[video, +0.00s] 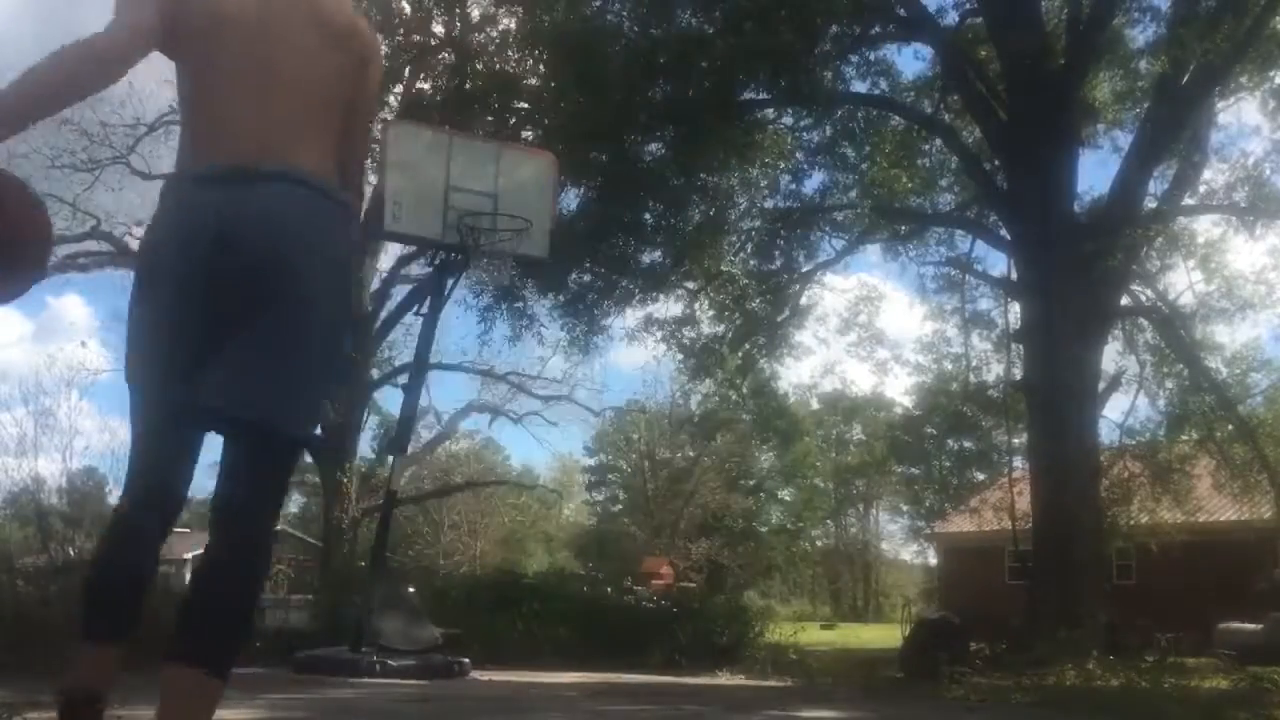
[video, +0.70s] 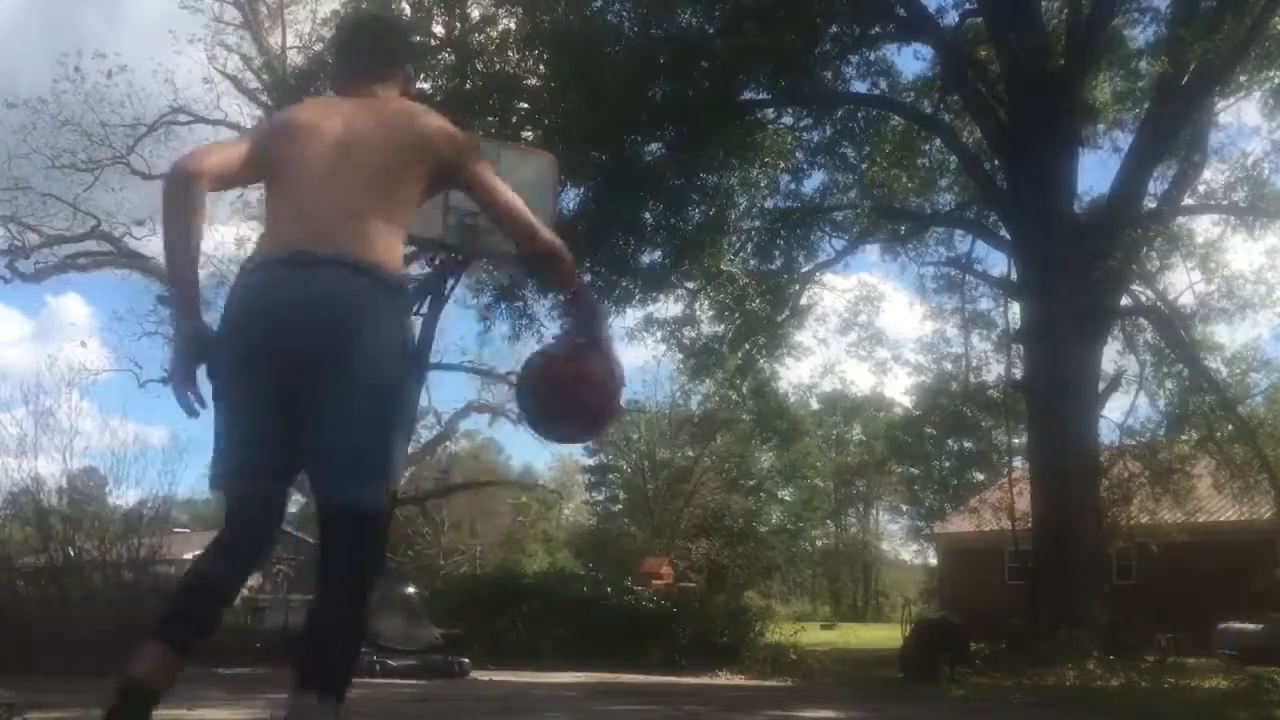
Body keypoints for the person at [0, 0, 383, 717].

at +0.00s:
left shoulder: (188, 5)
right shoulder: (359, 34)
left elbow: (103, 55)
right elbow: (351, 174)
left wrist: (0, 123)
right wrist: (341, 281)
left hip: (195, 220)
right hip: (311, 237)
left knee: (152, 489)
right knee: (244, 519)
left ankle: (82, 701)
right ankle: (184, 711)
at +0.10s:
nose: (286, 11)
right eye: (287, 10)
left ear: (200, 2)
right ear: (276, 9)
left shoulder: (142, 46)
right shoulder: (319, 84)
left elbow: (23, 119)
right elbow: (311, 209)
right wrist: (286, 304)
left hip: (148, 268)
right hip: (262, 287)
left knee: (74, 505)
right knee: (207, 535)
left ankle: (2, 678)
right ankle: (148, 704)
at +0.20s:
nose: (156, 69)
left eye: (153, 58)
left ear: (151, 67)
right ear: (229, 76)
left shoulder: (102, 129)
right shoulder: (278, 169)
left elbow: (10, 194)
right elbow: (263, 283)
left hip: (102, 336)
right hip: (214, 367)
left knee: (16, 543)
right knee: (144, 591)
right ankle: (102, 709)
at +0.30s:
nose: (131, 137)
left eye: (129, 127)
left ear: (132, 128)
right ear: (207, 133)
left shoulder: (94, 181)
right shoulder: (261, 197)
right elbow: (251, 304)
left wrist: (7, 392)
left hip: (102, 351)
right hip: (213, 378)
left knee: (28, 536)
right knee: (121, 566)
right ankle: (100, 699)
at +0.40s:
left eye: (171, 145)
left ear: (173, 146)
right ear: (247, 149)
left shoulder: (127, 192)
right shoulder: (288, 215)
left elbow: (97, 324)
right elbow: (283, 368)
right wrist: (260, 515)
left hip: (109, 344)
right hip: (223, 366)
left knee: (38, 529)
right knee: (165, 558)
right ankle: (183, 689)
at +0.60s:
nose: (379, 140)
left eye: (377, 130)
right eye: (378, 128)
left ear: (294, 118)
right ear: (365, 125)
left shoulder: (246, 164)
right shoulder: (389, 176)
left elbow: (161, 261)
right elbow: (479, 316)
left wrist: (181, 349)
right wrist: (519, 411)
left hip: (205, 324)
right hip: (310, 339)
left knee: (150, 564)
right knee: (296, 583)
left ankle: (27, 697)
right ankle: (280, 715)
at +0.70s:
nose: (408, 88)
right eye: (410, 79)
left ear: (335, 72)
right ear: (403, 76)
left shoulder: (288, 124)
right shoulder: (428, 128)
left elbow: (186, 172)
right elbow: (538, 241)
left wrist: (187, 319)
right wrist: (584, 316)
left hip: (262, 303)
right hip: (361, 311)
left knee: (246, 528)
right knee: (351, 545)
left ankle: (140, 685)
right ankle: (314, 706)